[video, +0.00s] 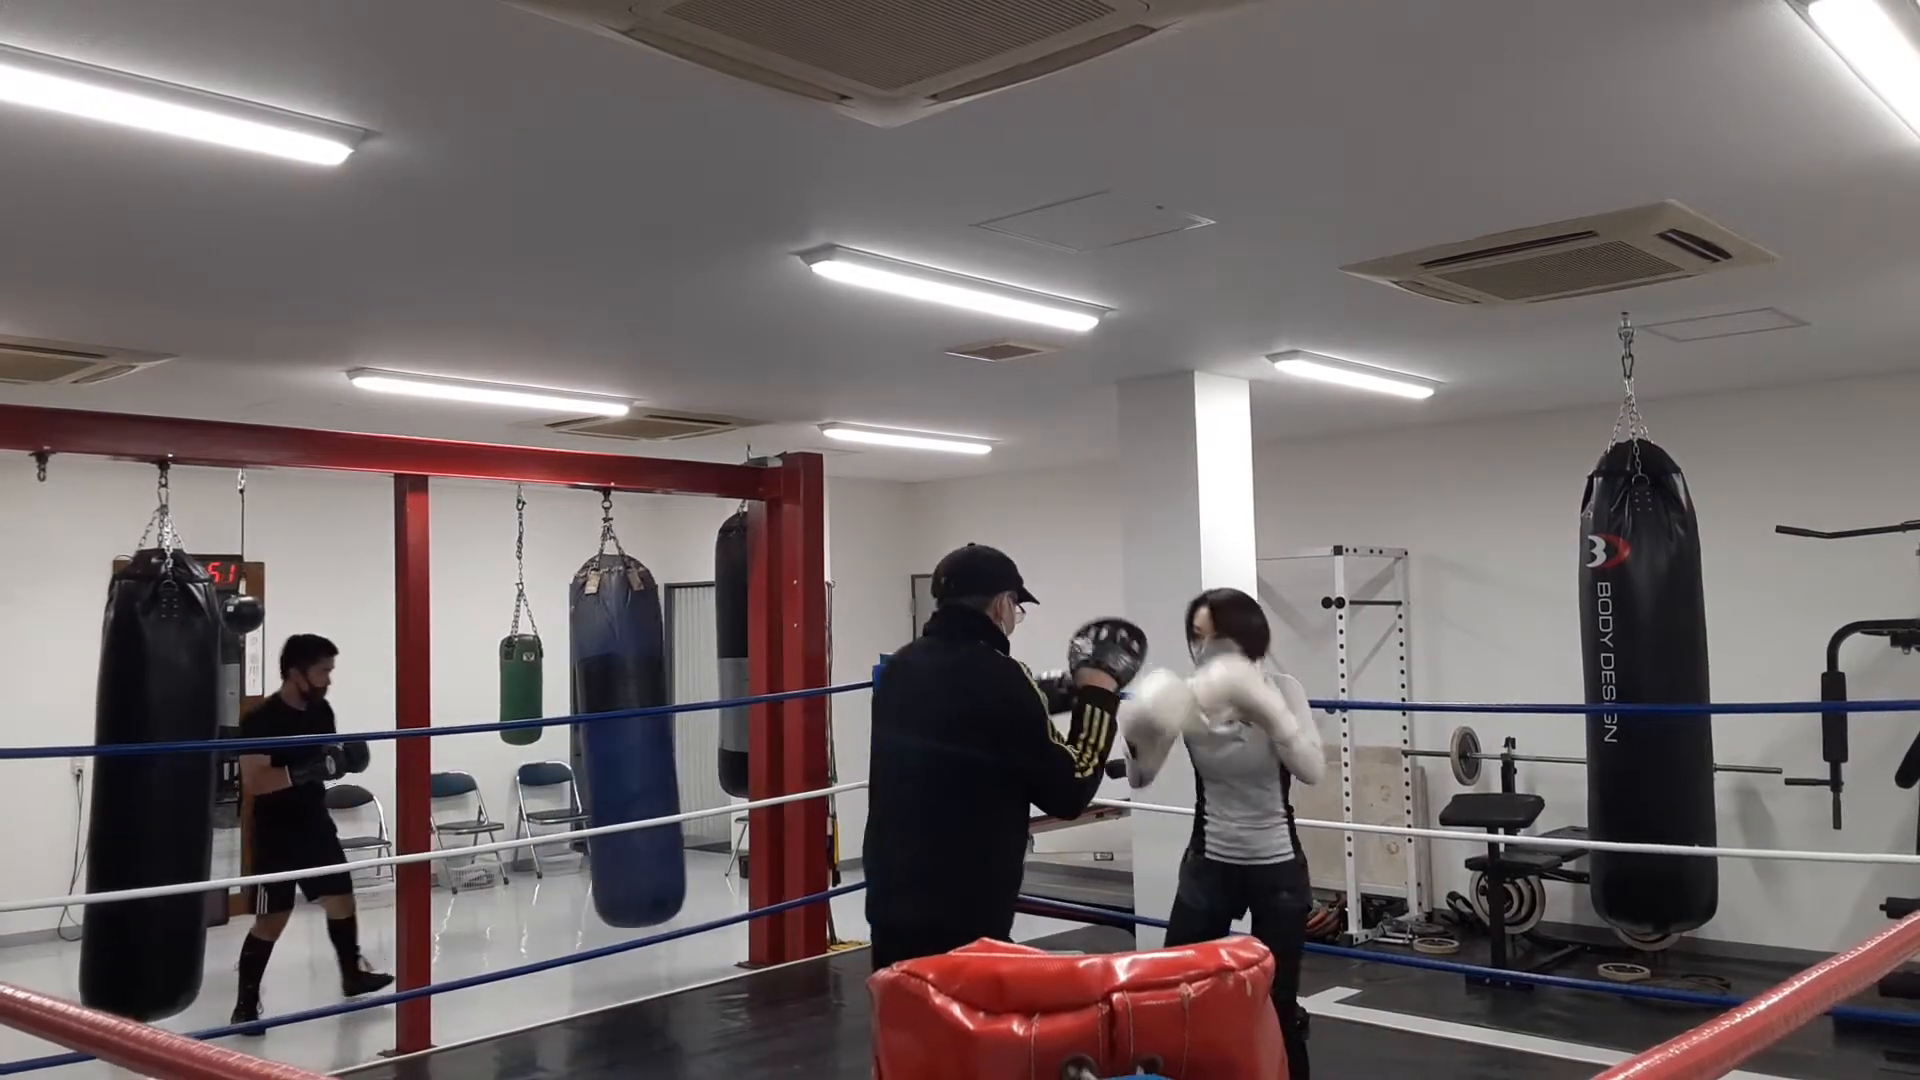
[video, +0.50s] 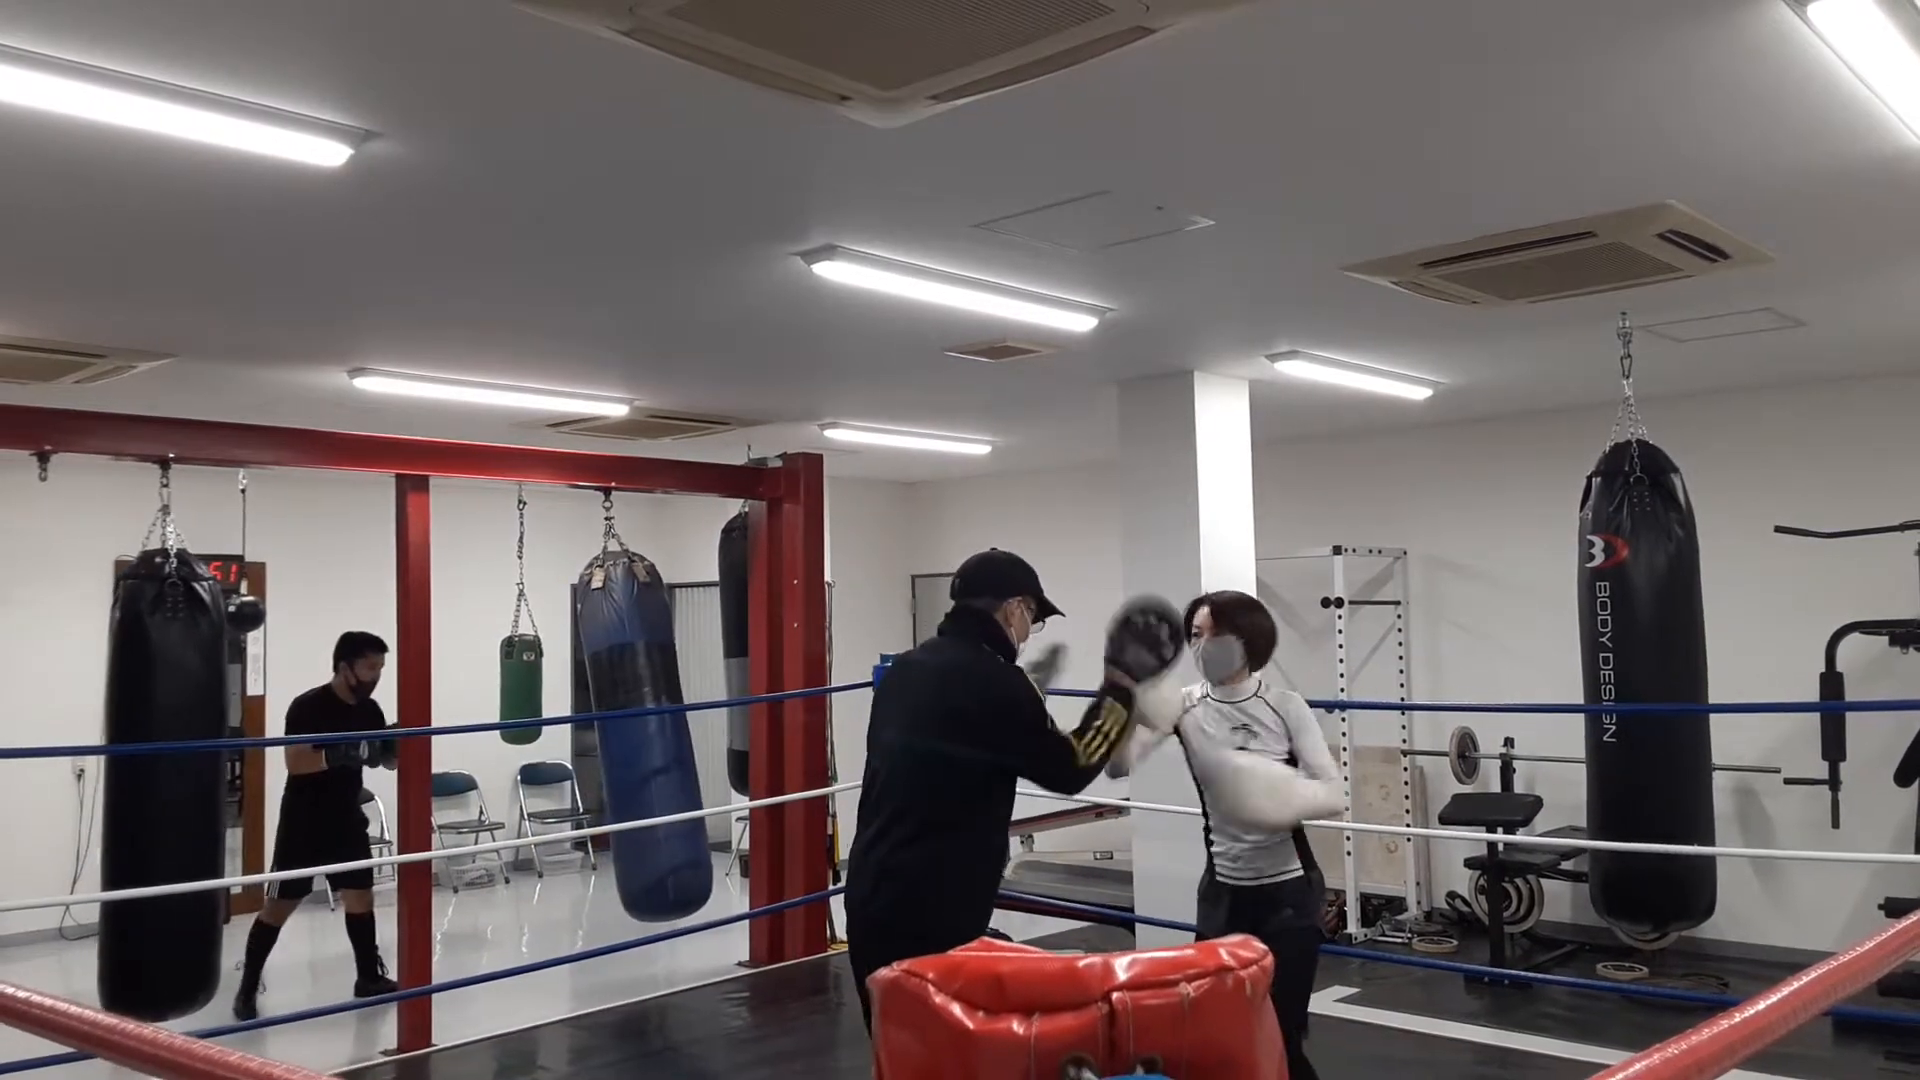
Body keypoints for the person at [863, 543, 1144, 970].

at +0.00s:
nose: (1016, 621)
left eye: (1018, 609)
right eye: (1016, 608)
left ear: (947, 603)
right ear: (999, 606)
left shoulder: (899, 668)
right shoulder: (1004, 680)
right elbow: (1068, 795)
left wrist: (1047, 694)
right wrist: (1098, 694)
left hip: (892, 896)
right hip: (971, 903)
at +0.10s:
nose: (1017, 620)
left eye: (1021, 609)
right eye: (1018, 607)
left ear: (949, 598)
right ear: (1001, 603)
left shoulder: (900, 662)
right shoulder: (991, 680)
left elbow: (964, 693)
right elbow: (1065, 791)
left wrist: (1044, 675)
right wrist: (1088, 683)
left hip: (887, 895)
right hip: (960, 904)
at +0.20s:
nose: (1023, 622)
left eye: (1026, 611)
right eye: (1024, 609)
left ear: (953, 599)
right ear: (1004, 605)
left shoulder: (905, 661)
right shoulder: (988, 679)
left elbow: (968, 717)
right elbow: (1065, 788)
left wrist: (1049, 679)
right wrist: (1084, 681)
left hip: (883, 895)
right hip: (953, 906)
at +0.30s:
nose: (1025, 624)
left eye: (1028, 613)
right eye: (1026, 611)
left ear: (957, 600)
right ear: (1006, 606)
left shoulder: (907, 663)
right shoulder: (988, 679)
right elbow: (1066, 792)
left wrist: (1072, 696)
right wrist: (1086, 685)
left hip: (878, 901)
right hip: (945, 912)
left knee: (895, 1053)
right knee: (951, 1053)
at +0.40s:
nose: (1027, 626)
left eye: (1030, 614)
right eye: (1028, 612)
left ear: (959, 602)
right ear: (1008, 607)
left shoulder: (905, 667)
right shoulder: (994, 682)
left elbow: (986, 741)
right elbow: (1071, 786)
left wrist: (1074, 711)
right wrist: (1096, 680)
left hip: (872, 899)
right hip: (944, 908)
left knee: (890, 1048)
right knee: (947, 1050)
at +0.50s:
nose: (1030, 632)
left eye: (1034, 619)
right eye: (1031, 617)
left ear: (960, 605)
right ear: (1010, 610)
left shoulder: (902, 670)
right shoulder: (996, 683)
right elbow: (1071, 770)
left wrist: (1021, 687)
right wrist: (1119, 689)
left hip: (872, 902)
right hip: (943, 910)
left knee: (894, 1053)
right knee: (947, 1054)